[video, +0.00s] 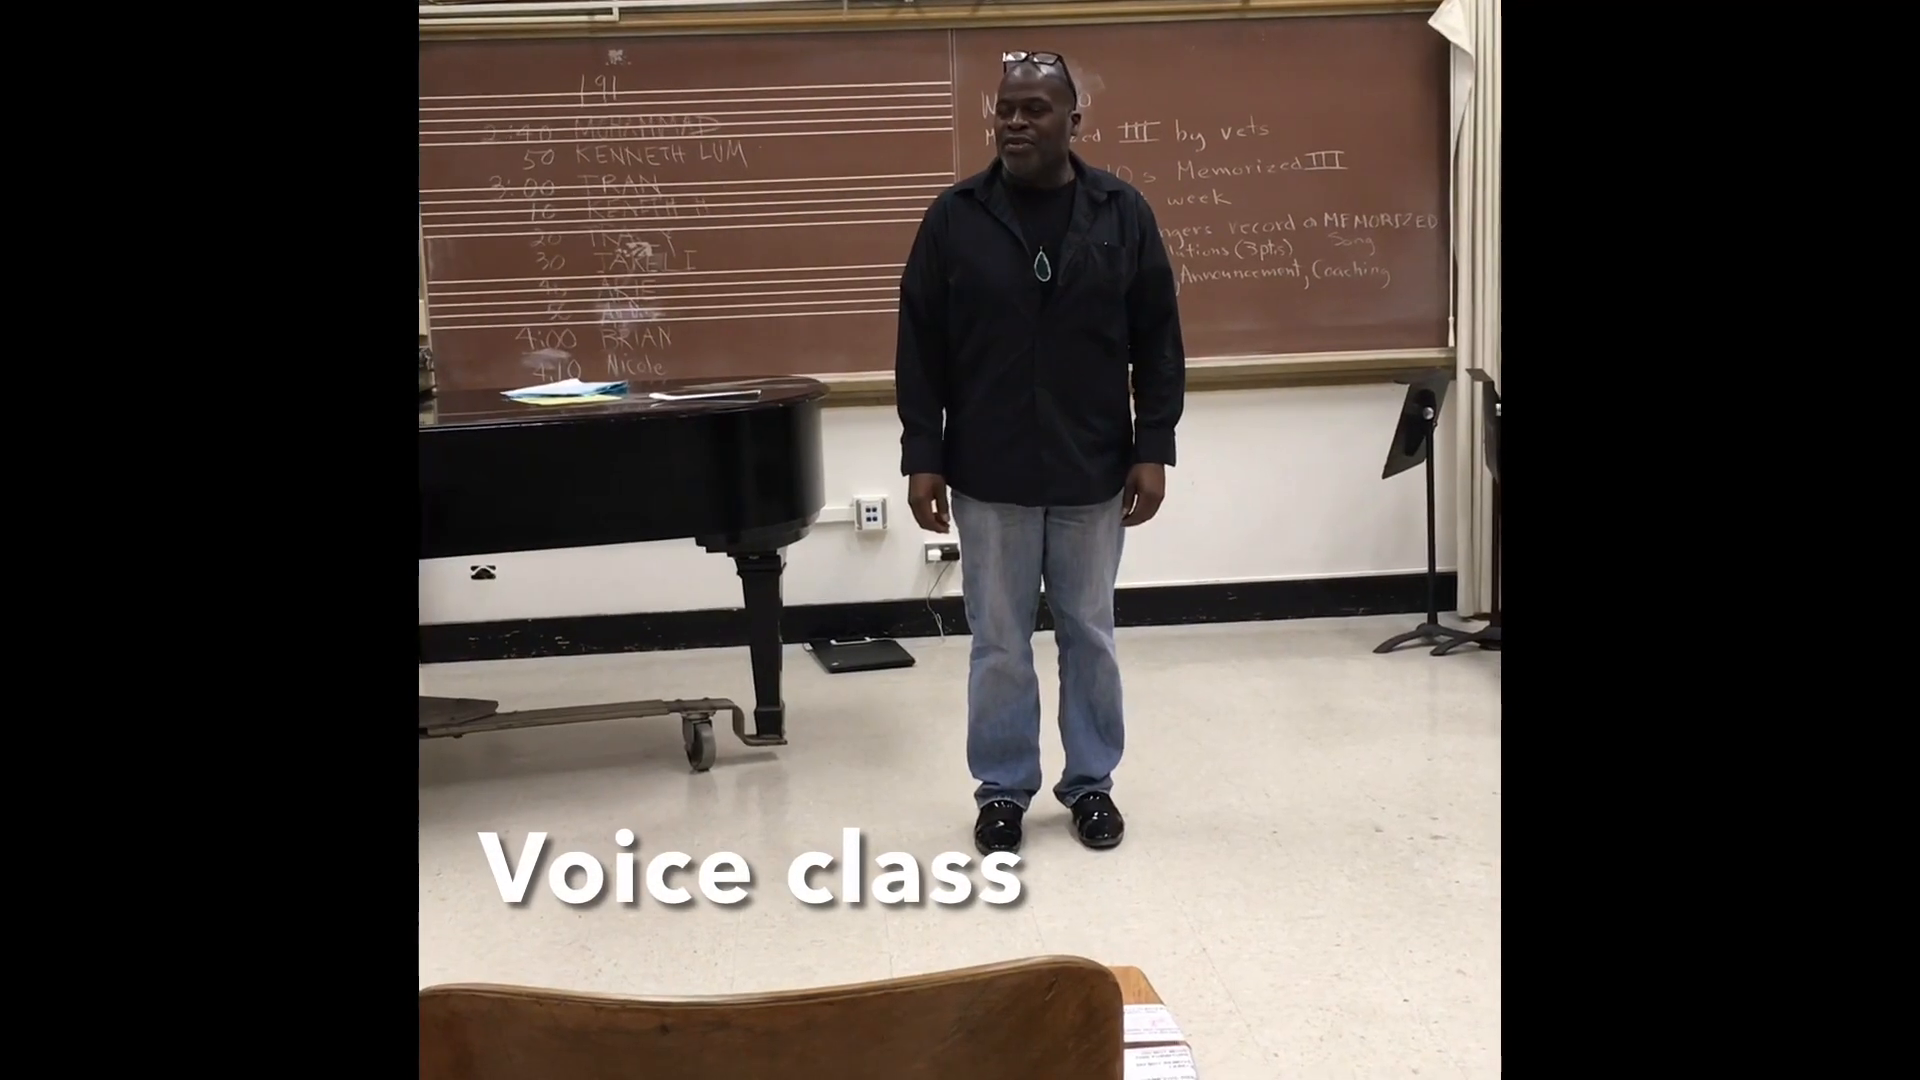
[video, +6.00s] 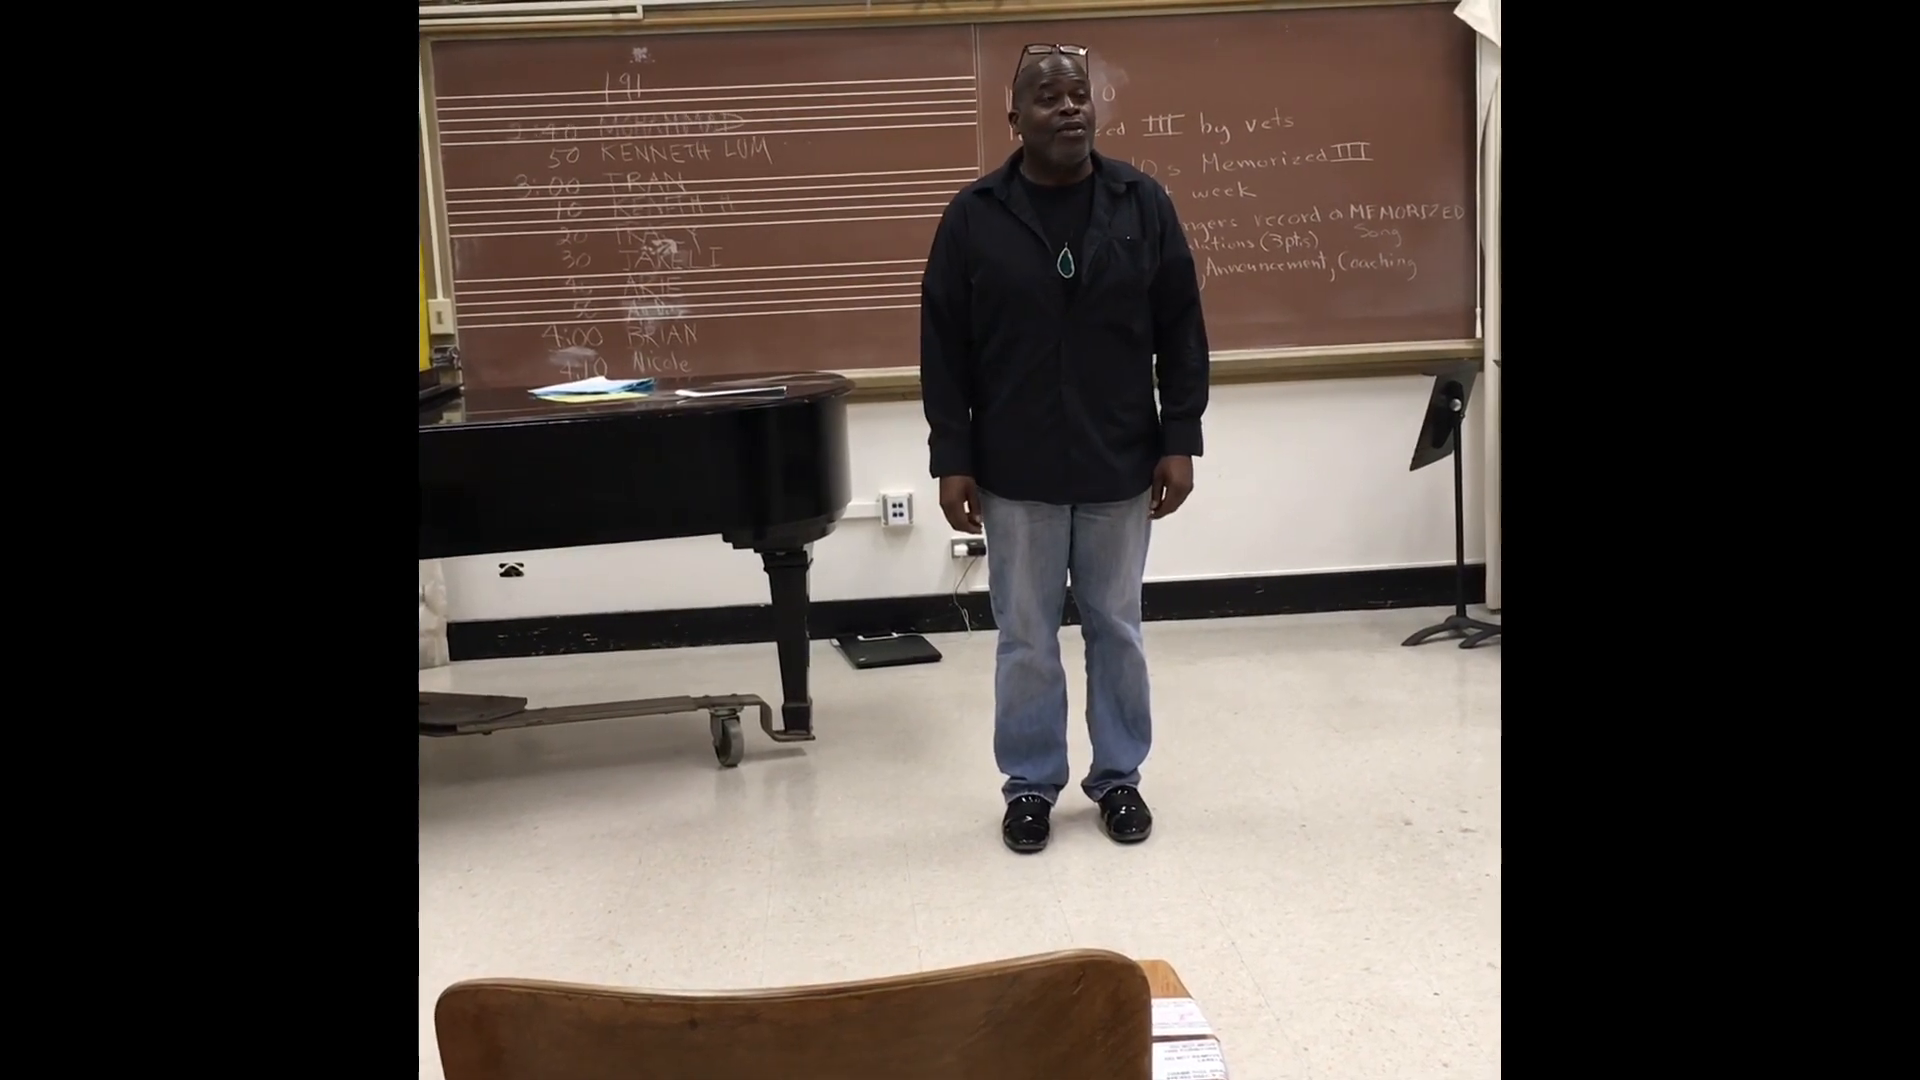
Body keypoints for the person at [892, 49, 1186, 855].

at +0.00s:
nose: (1014, 123)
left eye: (1034, 110)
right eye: (1005, 109)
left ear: (1074, 119)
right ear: (992, 117)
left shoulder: (1122, 213)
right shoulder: (953, 217)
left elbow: (1158, 339)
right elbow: (919, 343)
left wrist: (1152, 451)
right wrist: (921, 459)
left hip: (1092, 462)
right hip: (988, 464)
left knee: (1089, 633)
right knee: (999, 640)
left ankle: (1091, 784)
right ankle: (1001, 792)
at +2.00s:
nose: (989, 110)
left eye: (1008, 97)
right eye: (988, 97)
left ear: (1062, 111)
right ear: (990, 107)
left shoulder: (1122, 201)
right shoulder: (956, 208)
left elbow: (1159, 330)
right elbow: (924, 333)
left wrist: (1148, 446)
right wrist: (921, 447)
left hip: (1093, 453)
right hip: (988, 456)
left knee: (1092, 626)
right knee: (1001, 632)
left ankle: (1095, 774)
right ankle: (1004, 781)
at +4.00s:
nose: (1021, 116)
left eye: (1039, 103)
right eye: (1016, 103)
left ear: (1087, 113)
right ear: (1008, 113)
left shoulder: (1144, 204)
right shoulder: (977, 214)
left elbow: (1183, 333)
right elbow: (947, 342)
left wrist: (1174, 449)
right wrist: (948, 456)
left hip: (1118, 457)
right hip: (1015, 461)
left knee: (1120, 629)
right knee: (1029, 635)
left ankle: (1123, 776)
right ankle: (1034, 784)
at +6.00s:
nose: (1066, 108)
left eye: (1078, 96)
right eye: (1046, 97)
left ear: (1097, 109)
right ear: (1015, 114)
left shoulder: (1143, 204)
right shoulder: (973, 215)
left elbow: (1182, 331)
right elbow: (943, 345)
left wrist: (1179, 444)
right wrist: (952, 461)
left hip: (1118, 457)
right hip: (1014, 461)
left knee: (1117, 628)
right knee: (1025, 635)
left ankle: (1119, 778)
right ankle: (1029, 784)